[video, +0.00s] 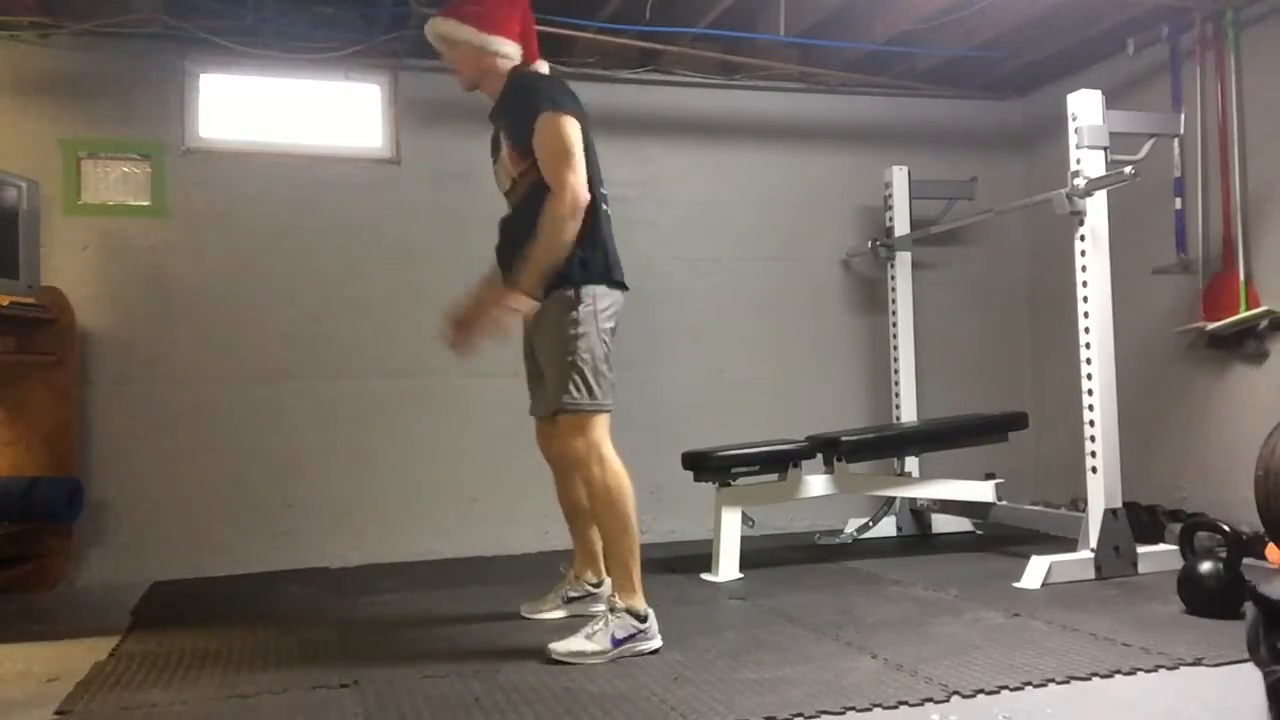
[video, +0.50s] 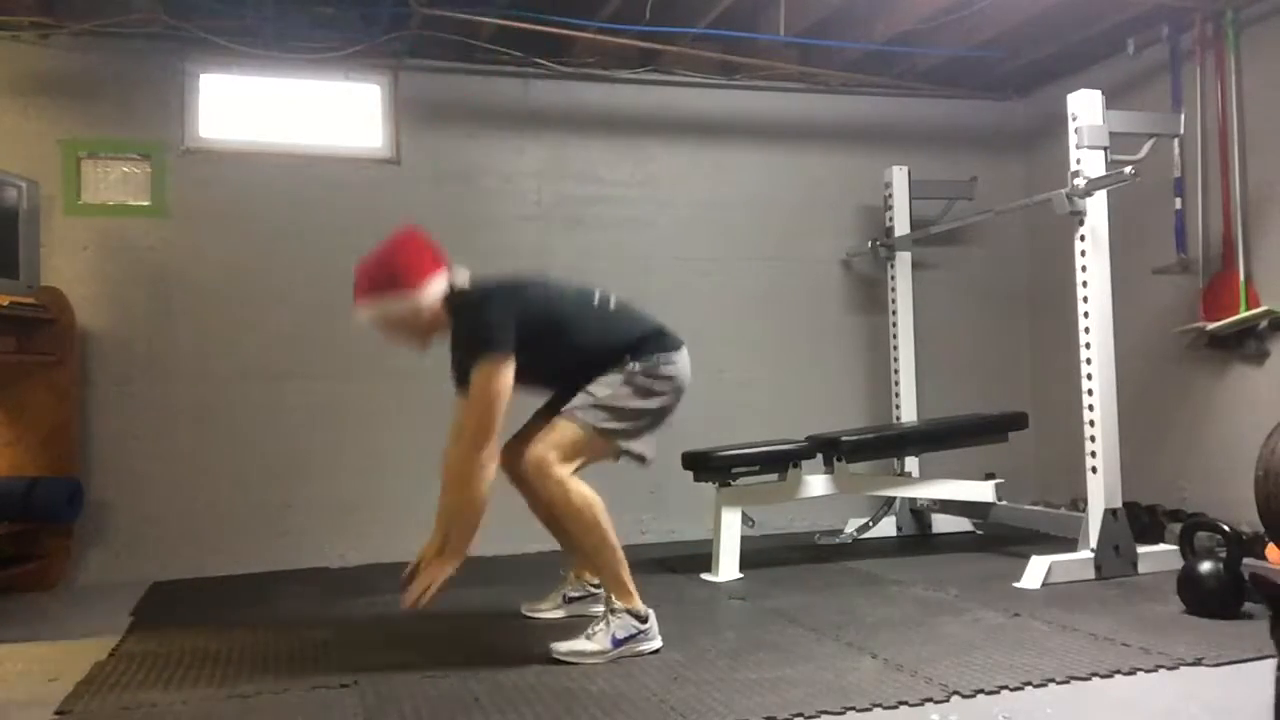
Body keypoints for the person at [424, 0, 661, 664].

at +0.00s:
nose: (447, 63)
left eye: (453, 48)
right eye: (445, 51)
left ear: (491, 46)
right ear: (485, 50)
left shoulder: (540, 93)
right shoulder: (502, 113)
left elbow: (572, 196)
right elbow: (525, 224)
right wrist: (483, 302)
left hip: (579, 290)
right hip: (550, 295)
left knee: (586, 442)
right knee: (558, 441)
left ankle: (633, 610)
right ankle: (591, 578)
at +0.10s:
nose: (431, 78)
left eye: (436, 62)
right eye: (427, 64)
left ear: (471, 55)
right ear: (466, 59)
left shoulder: (524, 103)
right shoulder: (490, 122)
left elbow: (566, 206)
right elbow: (522, 232)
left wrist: (557, 312)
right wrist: (503, 325)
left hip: (593, 295)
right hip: (562, 300)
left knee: (590, 442)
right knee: (566, 442)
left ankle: (633, 611)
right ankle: (594, 581)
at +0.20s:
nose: (410, 110)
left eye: (416, 94)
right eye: (408, 95)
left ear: (451, 86)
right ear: (451, 88)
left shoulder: (508, 129)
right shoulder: (481, 157)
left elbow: (547, 238)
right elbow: (506, 264)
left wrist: (553, 344)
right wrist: (502, 358)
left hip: (616, 296)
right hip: (584, 304)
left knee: (583, 440)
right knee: (564, 439)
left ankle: (635, 613)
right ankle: (591, 577)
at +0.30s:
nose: (392, 173)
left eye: (397, 155)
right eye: (389, 159)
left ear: (433, 147)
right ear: (436, 148)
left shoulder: (498, 187)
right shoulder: (474, 204)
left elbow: (529, 306)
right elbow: (494, 316)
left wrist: (528, 412)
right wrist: (488, 414)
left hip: (636, 311)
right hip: (602, 318)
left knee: (573, 444)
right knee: (549, 442)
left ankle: (634, 614)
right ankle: (592, 578)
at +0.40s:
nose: (397, 263)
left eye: (396, 246)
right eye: (388, 251)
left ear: (430, 224)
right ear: (429, 227)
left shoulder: (493, 254)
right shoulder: (471, 275)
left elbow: (507, 383)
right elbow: (479, 383)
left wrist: (494, 488)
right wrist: (464, 480)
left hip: (647, 336)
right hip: (612, 342)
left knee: (558, 450)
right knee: (532, 447)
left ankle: (634, 613)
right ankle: (590, 579)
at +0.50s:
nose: (387, 332)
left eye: (388, 316)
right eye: (380, 320)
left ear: (417, 297)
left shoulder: (488, 317)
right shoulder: (467, 328)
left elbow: (478, 448)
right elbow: (464, 445)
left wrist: (453, 553)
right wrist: (440, 542)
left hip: (649, 365)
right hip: (612, 367)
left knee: (542, 462)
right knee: (519, 459)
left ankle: (632, 615)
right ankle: (591, 580)